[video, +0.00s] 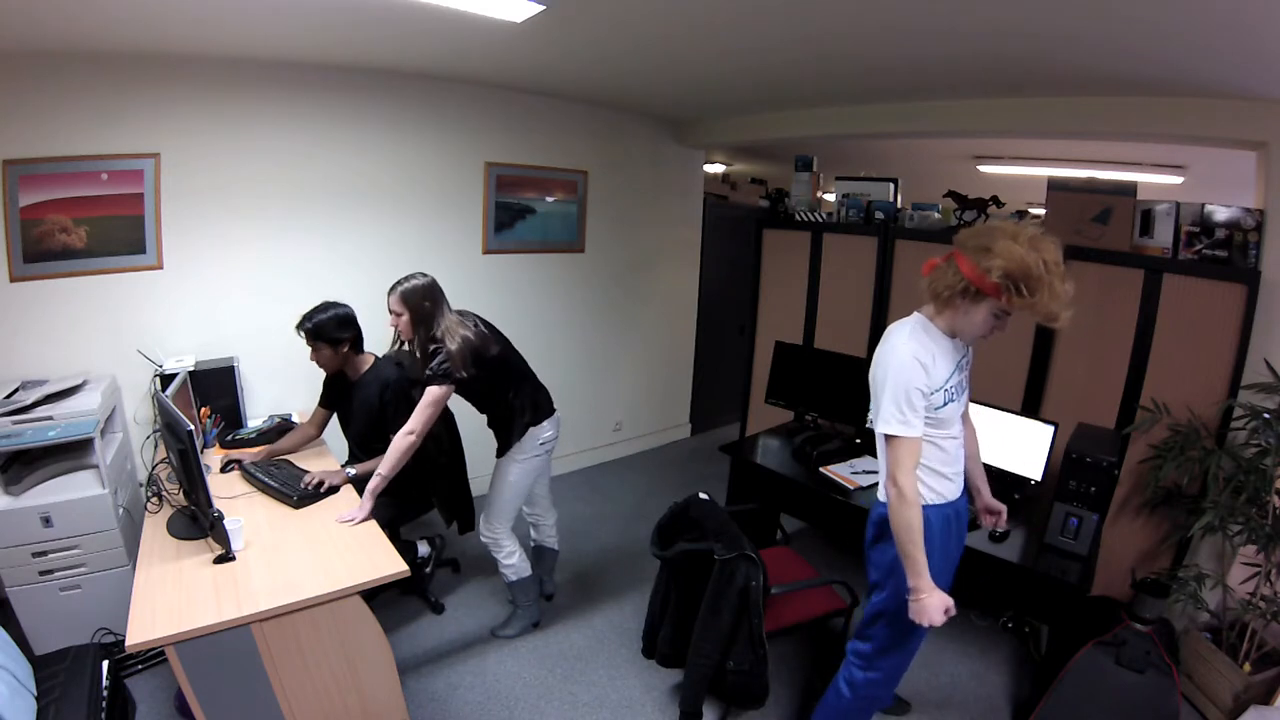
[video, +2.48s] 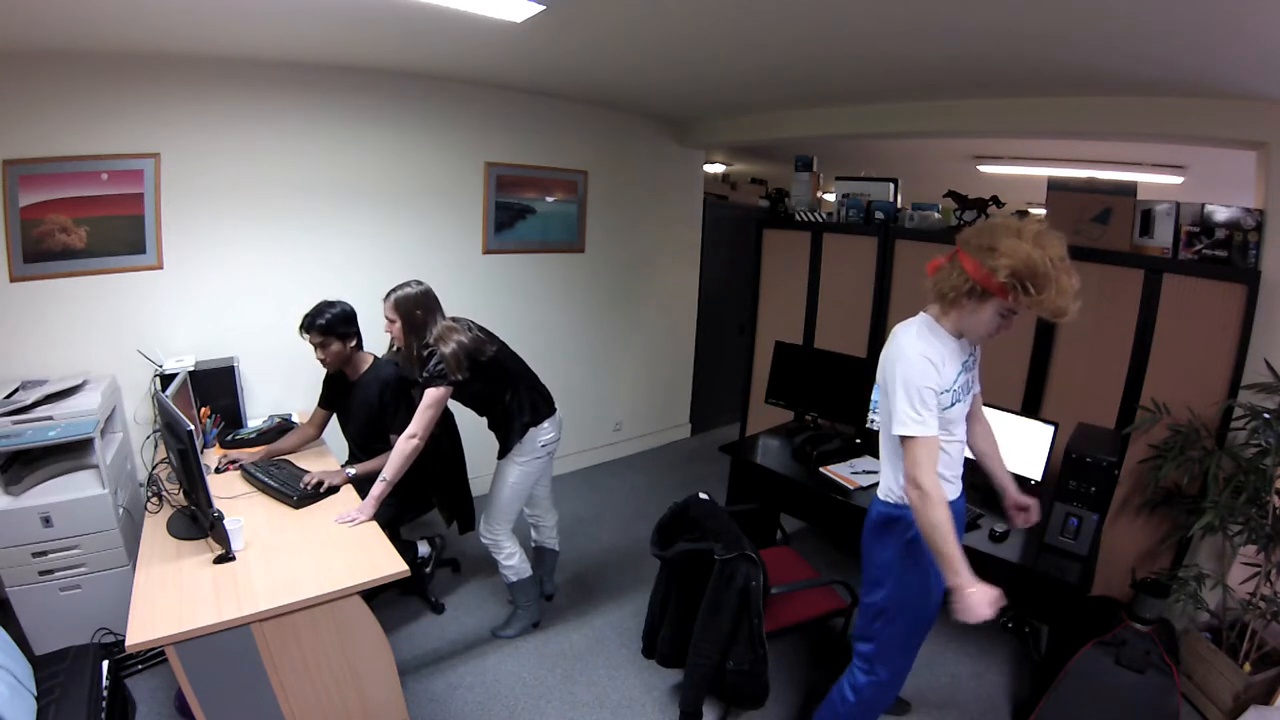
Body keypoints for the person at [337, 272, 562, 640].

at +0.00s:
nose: (392, 323)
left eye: (396, 315)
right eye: (391, 314)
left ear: (421, 312)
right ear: (429, 310)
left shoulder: (449, 349)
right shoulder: (460, 321)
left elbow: (412, 433)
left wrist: (369, 495)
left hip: (526, 431)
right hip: (539, 419)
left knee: (494, 528)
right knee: (539, 507)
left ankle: (527, 607)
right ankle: (545, 581)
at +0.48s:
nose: (390, 324)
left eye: (394, 315)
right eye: (388, 315)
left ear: (419, 313)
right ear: (426, 310)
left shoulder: (447, 349)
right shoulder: (458, 322)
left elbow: (413, 434)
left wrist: (370, 497)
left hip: (525, 431)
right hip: (538, 419)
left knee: (493, 529)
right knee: (538, 506)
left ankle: (527, 607)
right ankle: (545, 581)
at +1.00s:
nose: (388, 326)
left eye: (392, 318)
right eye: (387, 318)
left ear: (416, 316)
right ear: (425, 313)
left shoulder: (445, 353)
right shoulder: (457, 325)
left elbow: (414, 436)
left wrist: (372, 500)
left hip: (526, 432)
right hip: (540, 420)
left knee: (494, 529)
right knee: (539, 507)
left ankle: (527, 607)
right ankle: (545, 581)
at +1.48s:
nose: (387, 327)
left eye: (391, 320)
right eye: (386, 319)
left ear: (414, 318)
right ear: (422, 314)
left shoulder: (445, 352)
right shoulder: (455, 326)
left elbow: (414, 436)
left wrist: (371, 500)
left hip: (528, 432)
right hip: (540, 419)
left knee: (494, 528)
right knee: (539, 507)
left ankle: (527, 607)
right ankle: (545, 581)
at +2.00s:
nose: (386, 327)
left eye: (390, 320)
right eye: (386, 320)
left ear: (413, 318)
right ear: (421, 315)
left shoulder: (444, 353)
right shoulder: (454, 327)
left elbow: (414, 437)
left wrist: (371, 500)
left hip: (528, 432)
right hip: (541, 419)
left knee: (494, 529)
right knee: (540, 507)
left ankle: (527, 607)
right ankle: (545, 582)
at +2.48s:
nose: (387, 329)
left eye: (391, 321)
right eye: (386, 321)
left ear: (414, 319)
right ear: (422, 315)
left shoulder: (444, 354)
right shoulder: (455, 328)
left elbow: (415, 437)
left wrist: (372, 500)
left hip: (529, 432)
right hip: (542, 419)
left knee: (495, 529)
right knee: (540, 506)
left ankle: (527, 607)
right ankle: (545, 582)